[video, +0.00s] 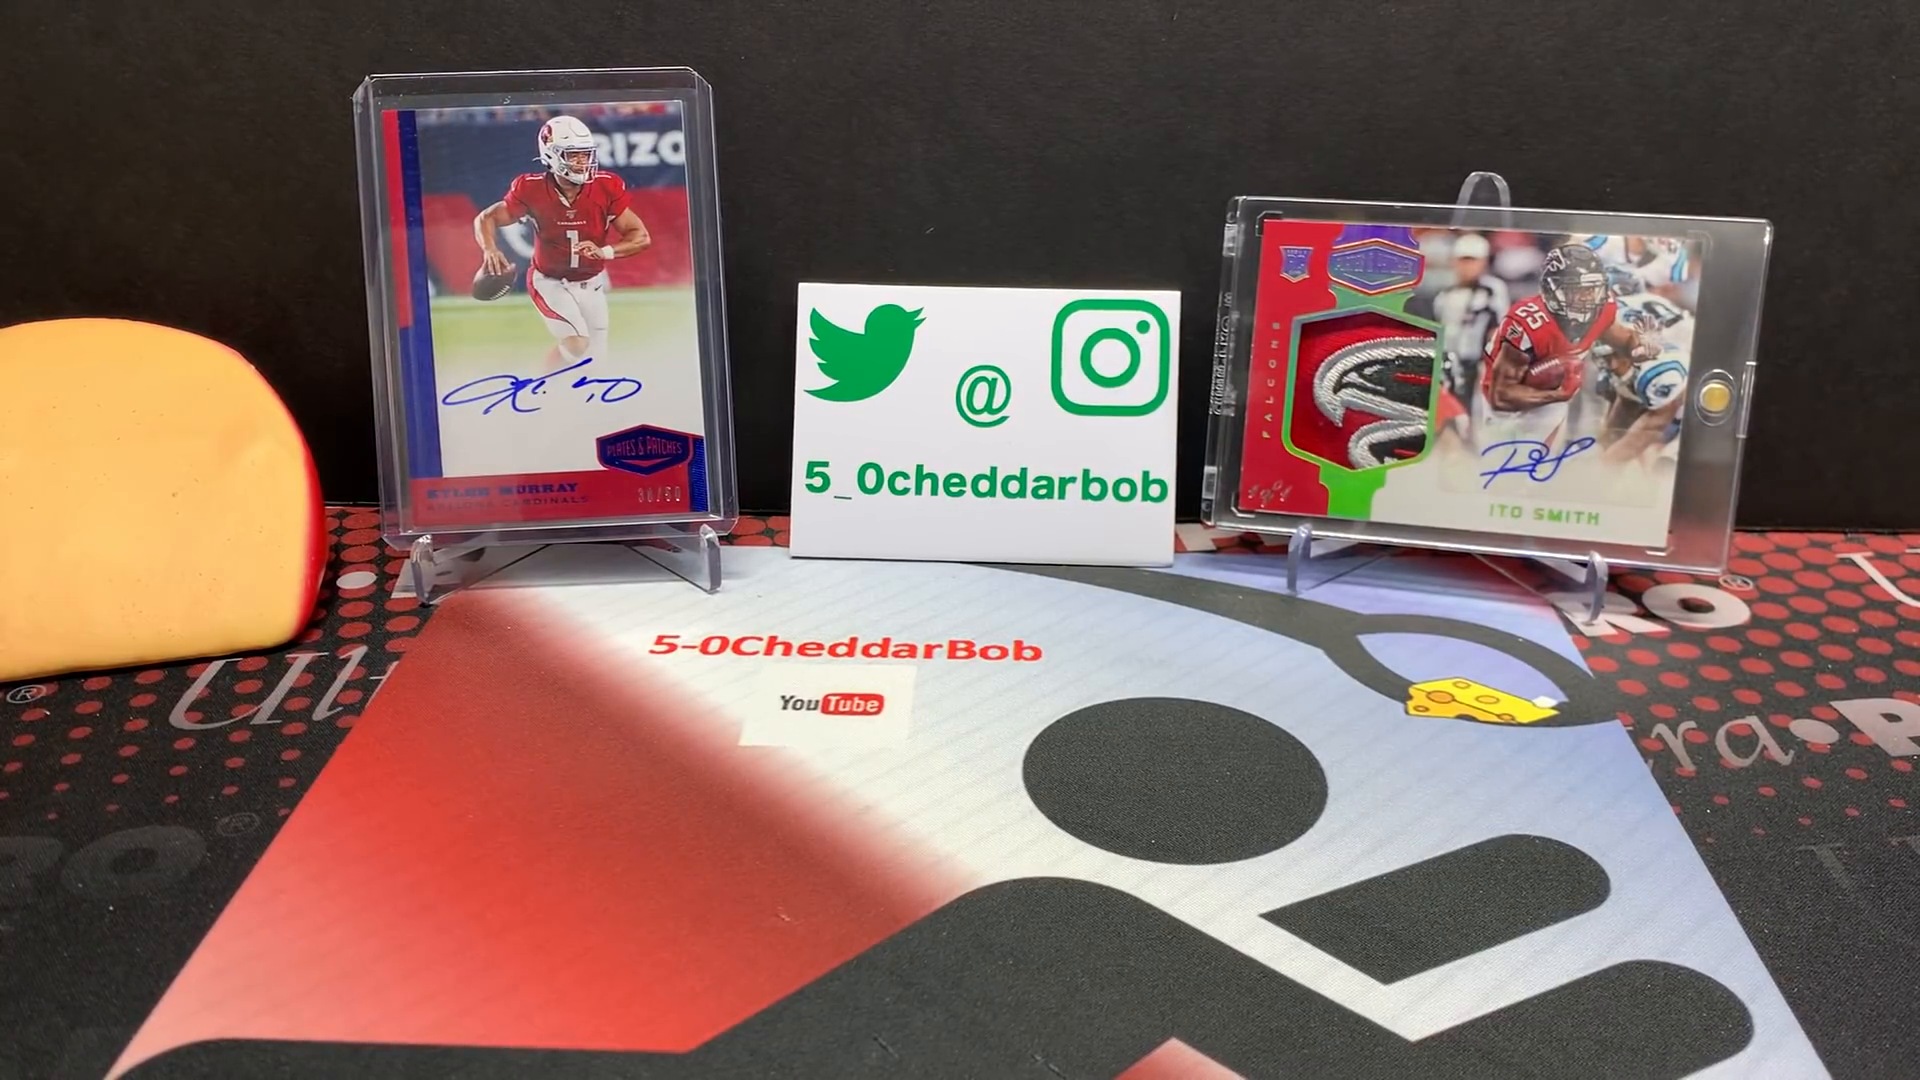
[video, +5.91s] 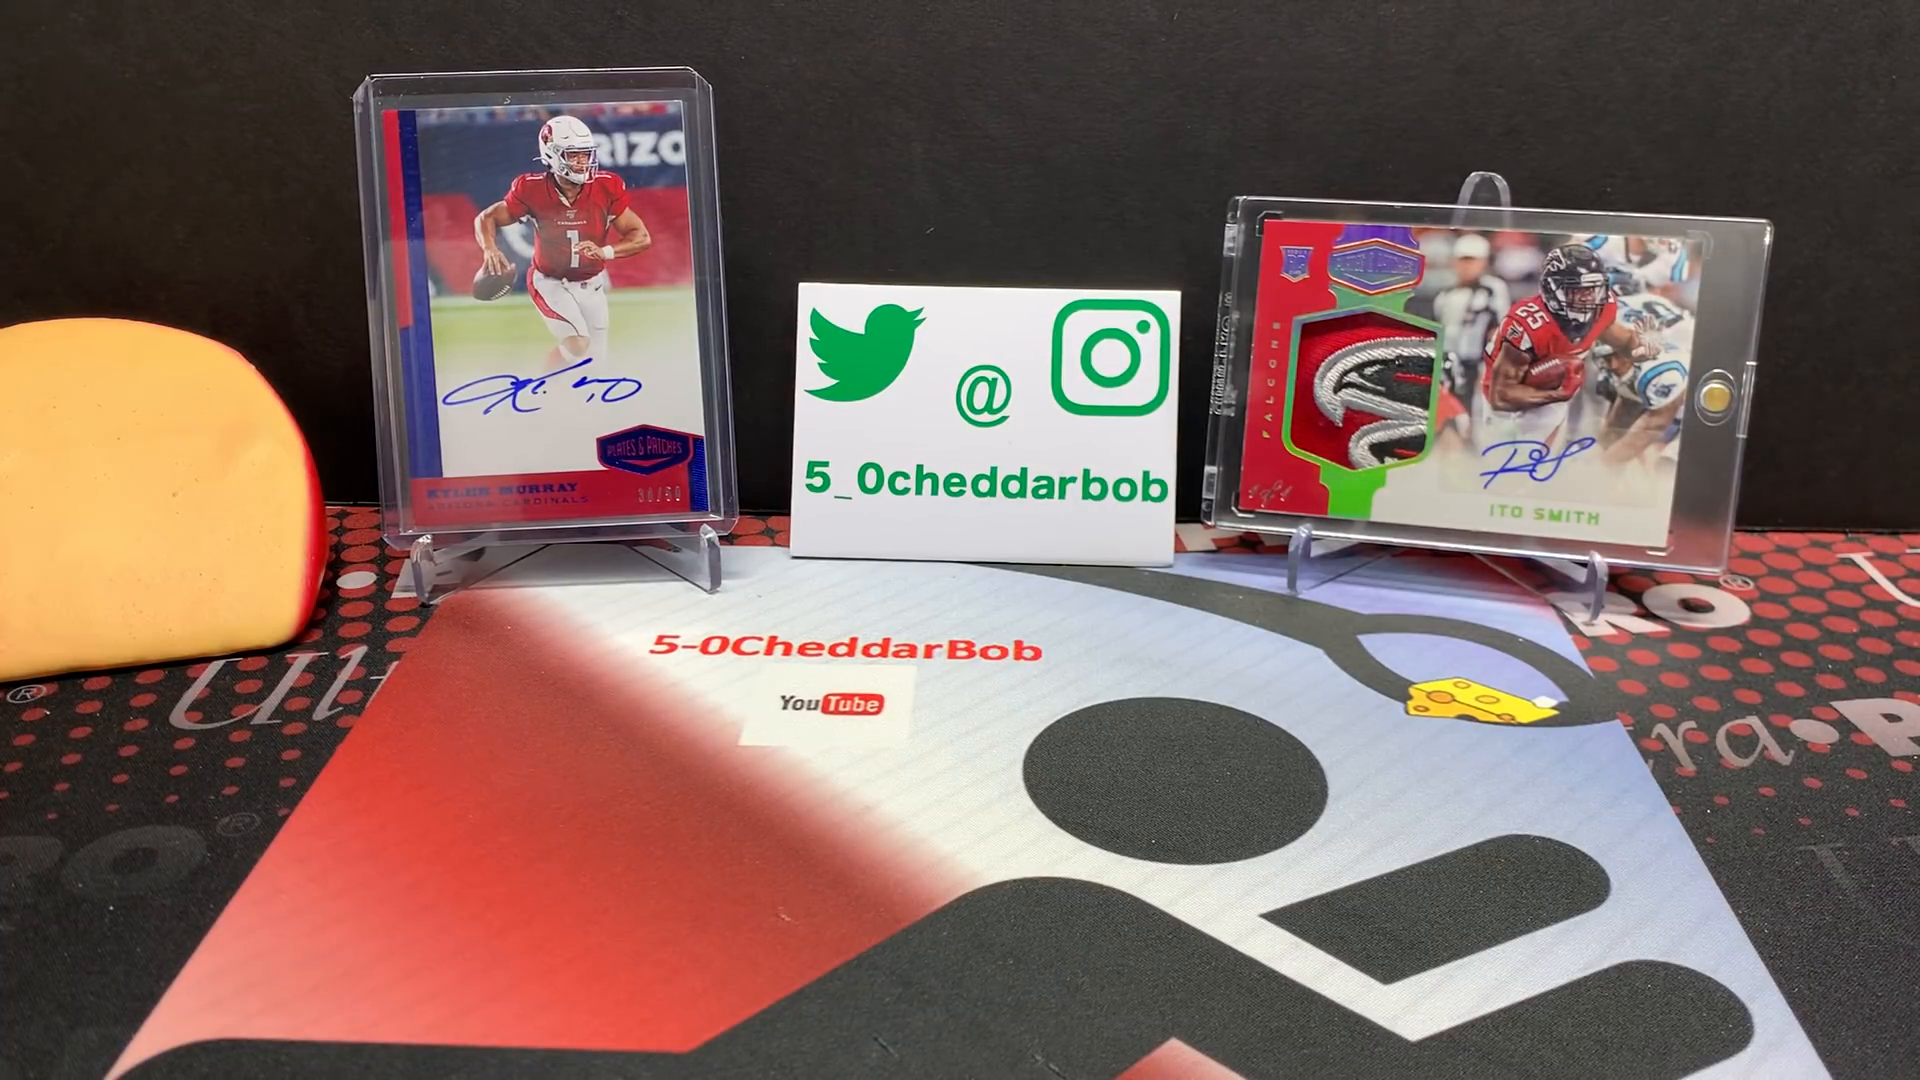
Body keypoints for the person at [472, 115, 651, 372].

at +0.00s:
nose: (580, 162)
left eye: (585, 155)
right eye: (572, 156)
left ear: (592, 154)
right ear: (551, 156)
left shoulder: (607, 187)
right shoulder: (529, 190)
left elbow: (641, 237)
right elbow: (484, 219)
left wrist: (605, 252)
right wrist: (490, 249)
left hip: (591, 282)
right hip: (548, 281)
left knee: (596, 362)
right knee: (577, 344)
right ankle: (533, 389)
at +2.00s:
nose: (581, 162)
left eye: (585, 155)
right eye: (572, 156)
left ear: (592, 154)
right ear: (552, 155)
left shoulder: (607, 187)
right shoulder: (530, 189)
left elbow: (641, 237)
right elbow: (484, 219)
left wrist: (605, 252)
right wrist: (490, 249)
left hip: (591, 282)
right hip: (548, 280)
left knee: (596, 361)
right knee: (576, 343)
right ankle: (533, 392)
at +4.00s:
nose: (580, 162)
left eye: (585, 155)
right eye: (573, 156)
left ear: (592, 154)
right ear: (552, 155)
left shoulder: (607, 187)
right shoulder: (530, 189)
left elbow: (641, 238)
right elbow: (485, 219)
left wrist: (605, 252)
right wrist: (489, 248)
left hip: (591, 283)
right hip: (549, 280)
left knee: (596, 362)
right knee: (577, 344)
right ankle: (533, 390)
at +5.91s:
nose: (580, 162)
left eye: (585, 155)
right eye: (572, 156)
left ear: (592, 154)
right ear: (552, 155)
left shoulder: (607, 187)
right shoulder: (530, 189)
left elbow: (642, 237)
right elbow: (484, 219)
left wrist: (606, 252)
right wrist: (490, 248)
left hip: (591, 283)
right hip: (549, 281)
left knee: (596, 363)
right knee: (577, 345)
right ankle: (534, 390)